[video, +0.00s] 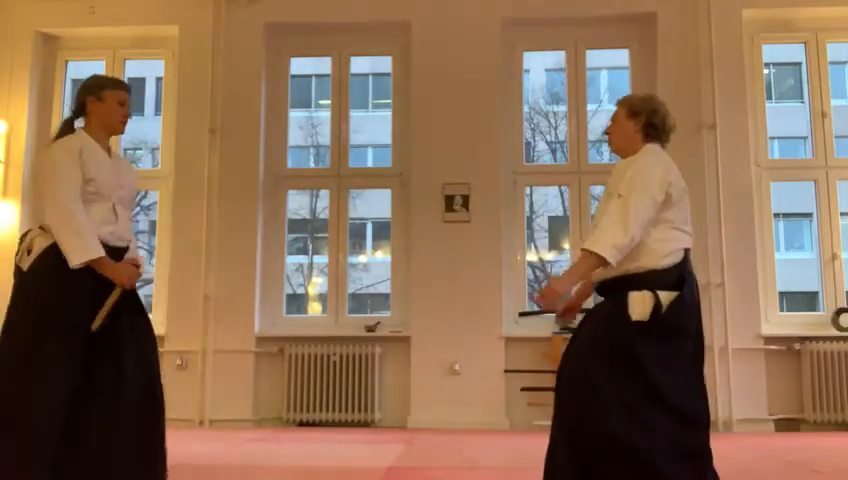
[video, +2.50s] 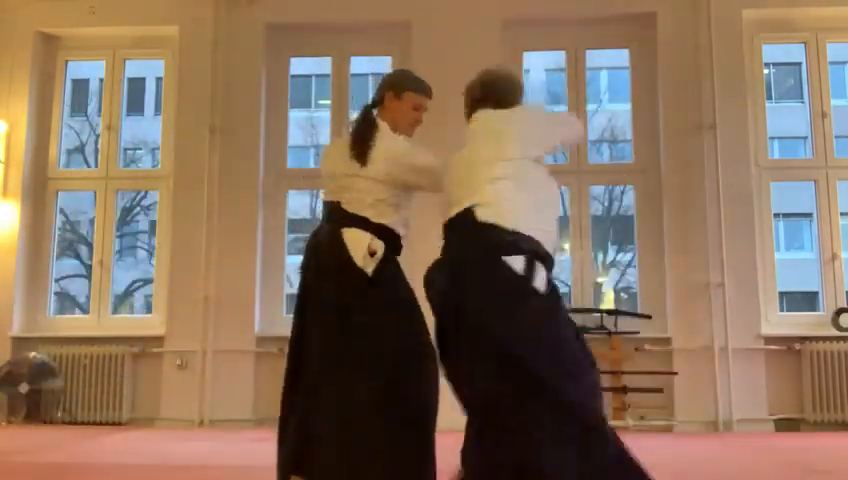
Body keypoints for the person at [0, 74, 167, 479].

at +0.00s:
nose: (126, 113)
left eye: (128, 107)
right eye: (119, 104)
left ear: (116, 112)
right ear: (91, 105)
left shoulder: (118, 165)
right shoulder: (63, 150)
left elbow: (121, 222)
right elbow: (63, 212)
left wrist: (131, 256)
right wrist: (104, 264)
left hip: (110, 273)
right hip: (62, 271)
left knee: (127, 376)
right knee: (58, 377)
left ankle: (117, 468)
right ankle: (55, 469)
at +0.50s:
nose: (234, 111)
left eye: (236, 104)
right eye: (228, 102)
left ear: (231, 112)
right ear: (207, 104)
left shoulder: (227, 167)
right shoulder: (183, 149)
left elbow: (230, 234)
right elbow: (202, 99)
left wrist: (251, 283)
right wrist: (209, 49)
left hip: (219, 269)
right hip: (185, 261)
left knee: (222, 376)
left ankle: (202, 466)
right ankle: (101, 418)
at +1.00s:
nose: (370, 102)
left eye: (369, 96)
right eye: (361, 97)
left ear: (346, 107)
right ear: (338, 107)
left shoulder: (357, 151)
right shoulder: (338, 145)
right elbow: (365, 118)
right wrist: (377, 52)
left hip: (369, 261)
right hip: (349, 262)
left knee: (324, 375)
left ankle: (244, 458)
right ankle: (244, 457)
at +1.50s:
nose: (364, 103)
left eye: (367, 96)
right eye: (355, 95)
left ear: (370, 102)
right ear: (330, 100)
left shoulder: (380, 152)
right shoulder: (323, 144)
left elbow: (392, 213)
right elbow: (299, 150)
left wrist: (420, 258)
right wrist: (271, 131)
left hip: (384, 262)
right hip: (339, 258)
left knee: (408, 358)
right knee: (337, 365)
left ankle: (392, 465)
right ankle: (300, 466)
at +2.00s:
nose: (413, 113)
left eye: (415, 106)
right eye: (408, 103)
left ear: (380, 101)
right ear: (379, 97)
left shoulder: (355, 137)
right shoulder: (373, 146)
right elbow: (404, 206)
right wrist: (446, 260)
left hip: (327, 260)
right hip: (354, 267)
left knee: (327, 372)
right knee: (389, 370)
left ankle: (302, 467)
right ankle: (382, 470)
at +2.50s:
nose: (421, 118)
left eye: (424, 111)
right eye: (416, 108)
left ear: (384, 105)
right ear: (389, 102)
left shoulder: (337, 146)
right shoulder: (399, 153)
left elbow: (333, 195)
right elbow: (444, 178)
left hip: (324, 258)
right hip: (368, 263)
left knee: (329, 363)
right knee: (414, 361)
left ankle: (321, 463)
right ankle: (395, 467)